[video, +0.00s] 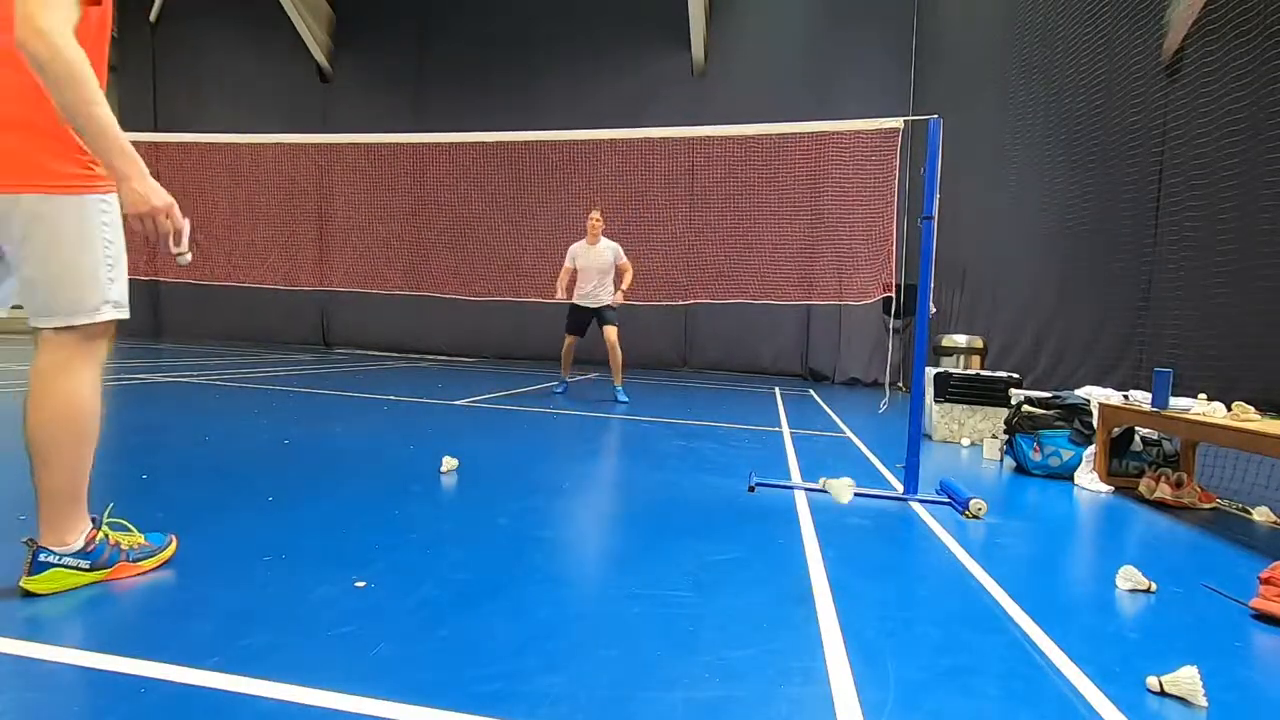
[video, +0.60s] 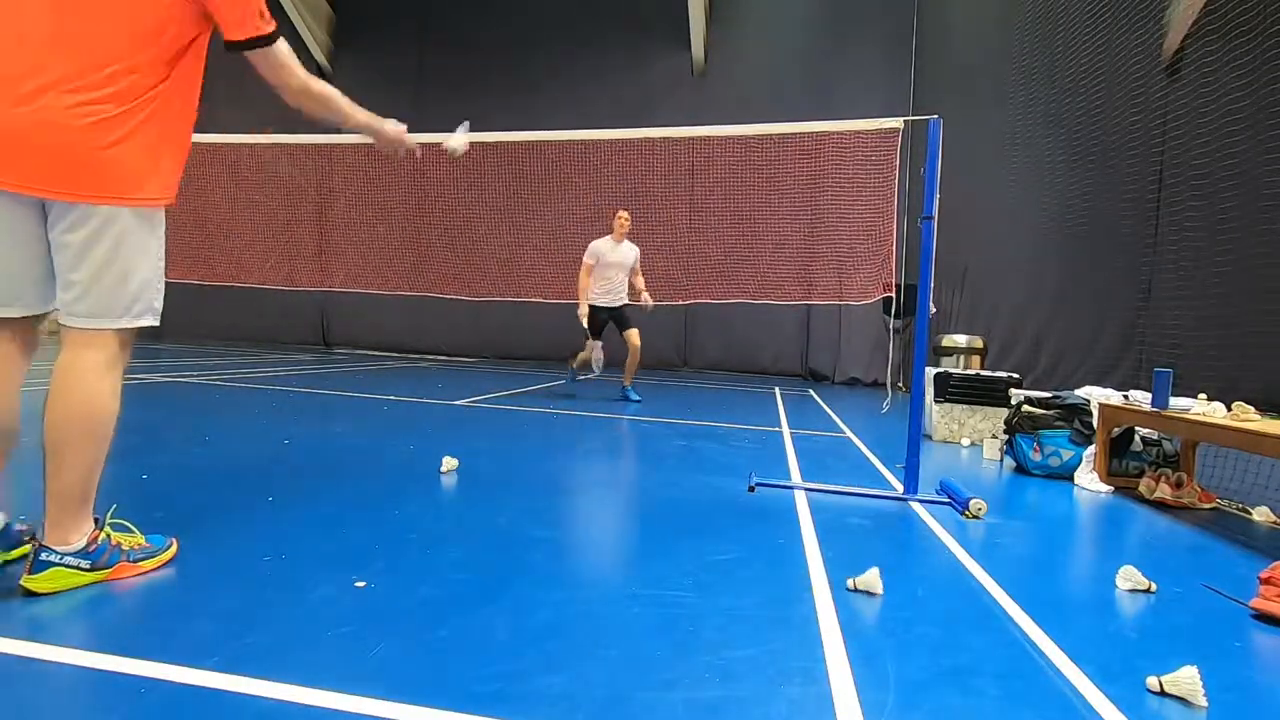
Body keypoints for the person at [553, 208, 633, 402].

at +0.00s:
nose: (594, 223)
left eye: (598, 220)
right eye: (591, 220)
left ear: (603, 225)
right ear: (586, 223)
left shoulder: (613, 248)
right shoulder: (575, 249)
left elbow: (628, 270)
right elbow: (564, 276)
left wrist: (621, 291)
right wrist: (560, 292)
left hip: (605, 303)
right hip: (580, 302)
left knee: (612, 340)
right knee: (569, 342)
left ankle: (618, 387)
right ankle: (563, 380)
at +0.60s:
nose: (623, 222)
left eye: (627, 219)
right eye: (620, 219)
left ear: (630, 224)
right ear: (613, 221)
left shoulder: (633, 251)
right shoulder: (597, 246)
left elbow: (636, 274)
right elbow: (584, 274)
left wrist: (643, 291)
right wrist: (582, 303)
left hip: (619, 305)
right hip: (596, 305)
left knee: (635, 343)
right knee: (591, 351)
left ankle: (627, 386)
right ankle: (575, 366)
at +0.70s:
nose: (631, 222)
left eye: (634, 219)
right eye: (628, 218)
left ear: (638, 225)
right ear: (621, 222)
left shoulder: (640, 253)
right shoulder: (605, 245)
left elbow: (651, 274)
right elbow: (593, 273)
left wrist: (665, 287)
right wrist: (595, 298)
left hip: (626, 306)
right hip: (604, 304)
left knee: (638, 350)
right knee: (606, 348)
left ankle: (627, 388)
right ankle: (589, 378)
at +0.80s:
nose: (638, 219)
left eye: (641, 216)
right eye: (635, 215)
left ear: (644, 221)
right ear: (627, 218)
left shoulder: (645, 249)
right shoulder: (611, 239)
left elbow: (660, 269)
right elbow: (598, 263)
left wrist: (680, 274)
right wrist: (614, 276)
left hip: (630, 302)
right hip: (607, 299)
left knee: (639, 351)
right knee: (612, 336)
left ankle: (627, 388)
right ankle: (602, 387)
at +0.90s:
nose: (642, 213)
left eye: (645, 210)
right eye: (639, 208)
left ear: (648, 216)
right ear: (630, 211)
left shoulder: (648, 242)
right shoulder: (615, 231)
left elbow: (662, 265)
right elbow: (609, 242)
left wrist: (685, 267)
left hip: (632, 300)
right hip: (609, 296)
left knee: (637, 349)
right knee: (613, 334)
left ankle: (626, 386)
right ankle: (613, 391)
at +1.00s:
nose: (644, 213)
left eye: (648, 211)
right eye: (641, 208)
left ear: (650, 217)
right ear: (631, 211)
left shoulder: (648, 243)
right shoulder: (620, 231)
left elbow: (657, 266)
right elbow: (612, 235)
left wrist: (683, 274)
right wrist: (620, 230)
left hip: (635, 303)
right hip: (612, 299)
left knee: (639, 351)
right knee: (619, 337)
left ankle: (624, 382)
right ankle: (621, 394)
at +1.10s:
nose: (649, 217)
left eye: (652, 214)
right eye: (645, 212)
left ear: (654, 220)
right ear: (635, 215)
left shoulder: (650, 246)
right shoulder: (623, 235)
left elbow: (652, 270)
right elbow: (618, 241)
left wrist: (673, 287)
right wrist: (619, 242)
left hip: (635, 307)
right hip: (613, 302)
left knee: (640, 356)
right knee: (624, 339)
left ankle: (622, 383)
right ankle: (626, 400)